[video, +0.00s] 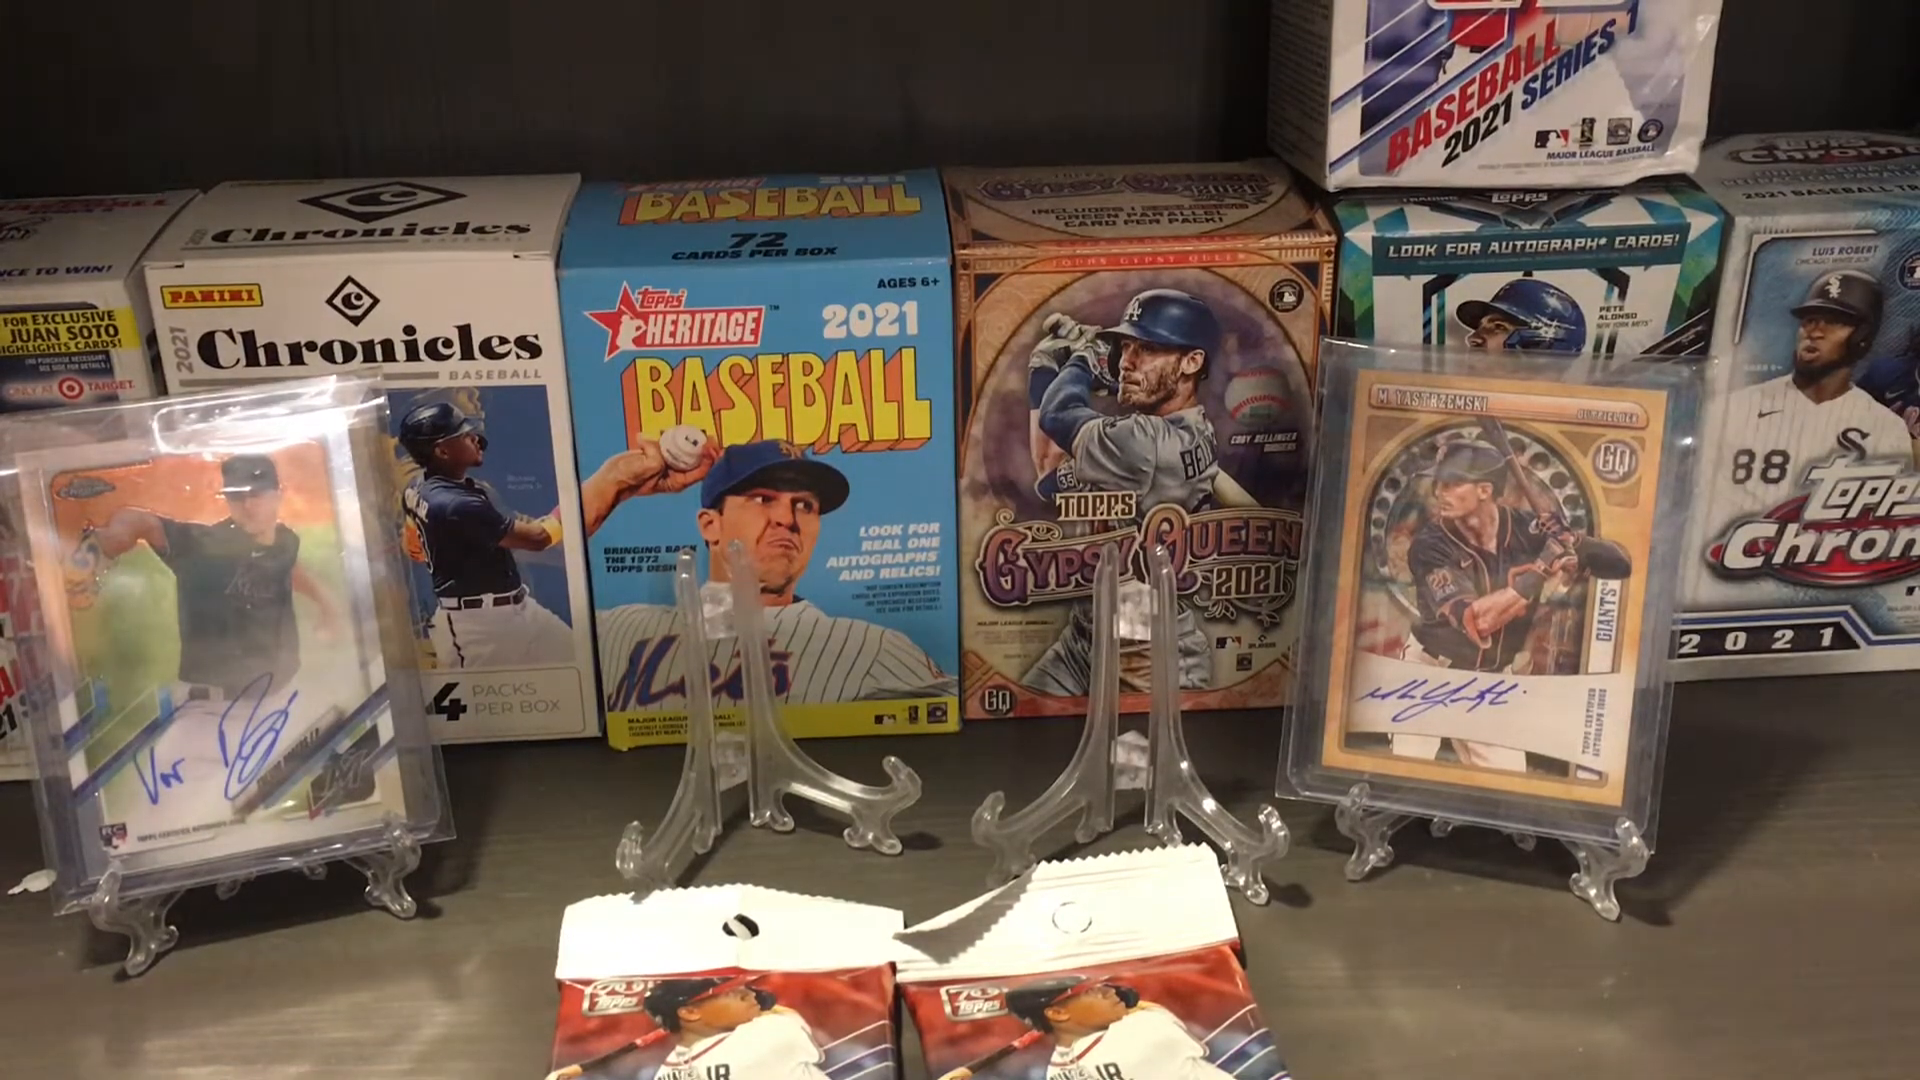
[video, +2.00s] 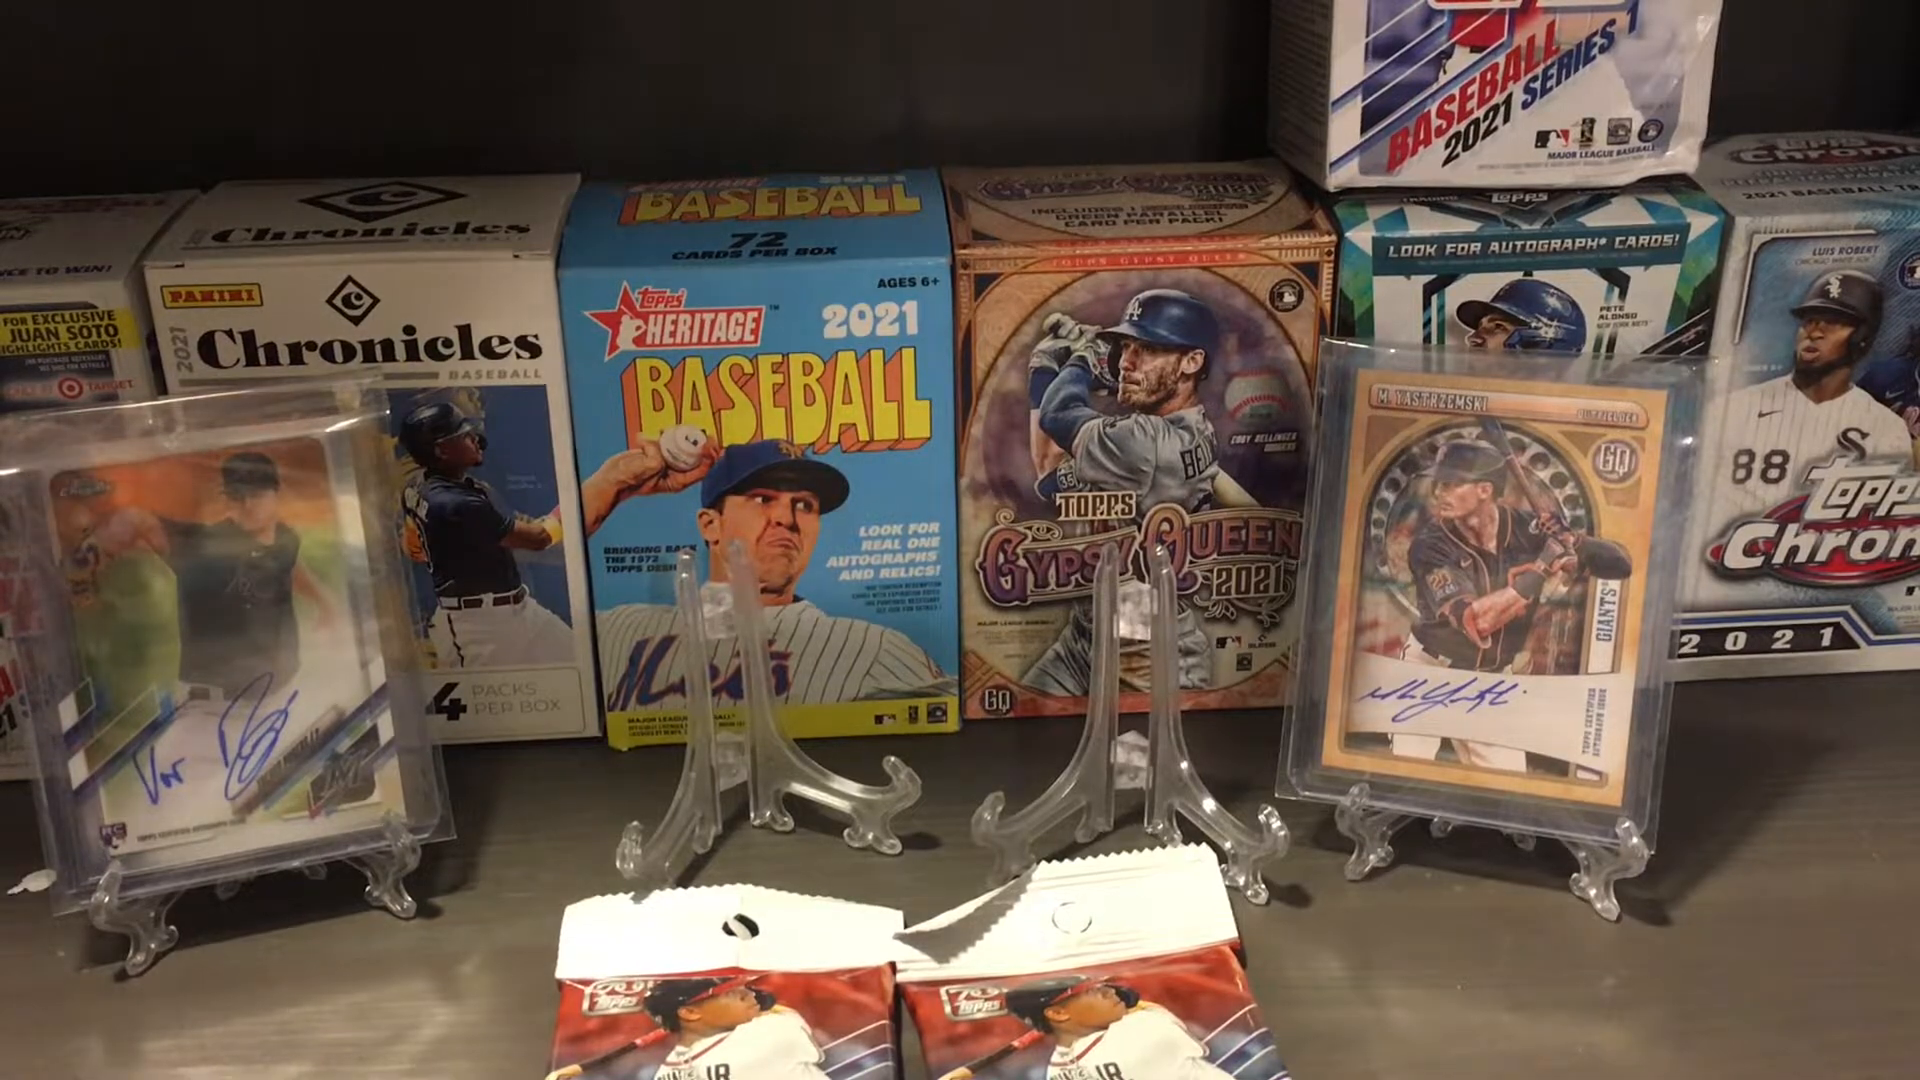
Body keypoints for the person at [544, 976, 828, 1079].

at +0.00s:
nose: (743, 992)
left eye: (733, 986)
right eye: (726, 992)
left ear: (690, 1015)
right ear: (692, 1014)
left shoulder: (666, 1071)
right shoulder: (779, 1033)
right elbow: (780, 1009)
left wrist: (580, 1071)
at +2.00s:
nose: (746, 993)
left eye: (737, 986)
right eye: (728, 993)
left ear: (690, 1015)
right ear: (692, 1015)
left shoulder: (666, 1071)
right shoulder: (779, 1033)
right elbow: (779, 1008)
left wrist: (579, 1071)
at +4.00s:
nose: (744, 993)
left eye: (735, 986)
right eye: (727, 993)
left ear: (690, 1015)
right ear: (691, 1015)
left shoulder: (665, 1071)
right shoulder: (779, 1032)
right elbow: (779, 1008)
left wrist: (577, 1072)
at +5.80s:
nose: (745, 992)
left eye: (736, 985)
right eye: (727, 993)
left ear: (690, 1015)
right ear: (692, 1015)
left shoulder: (666, 1070)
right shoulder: (779, 1033)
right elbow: (778, 1008)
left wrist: (578, 1072)